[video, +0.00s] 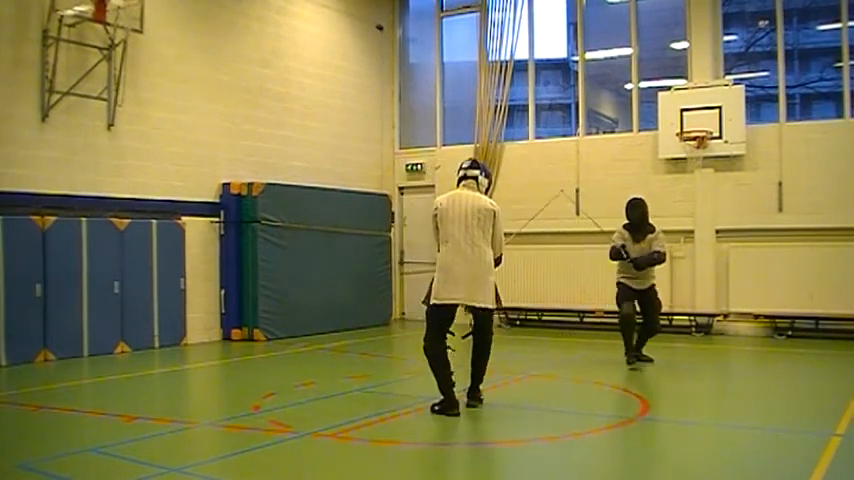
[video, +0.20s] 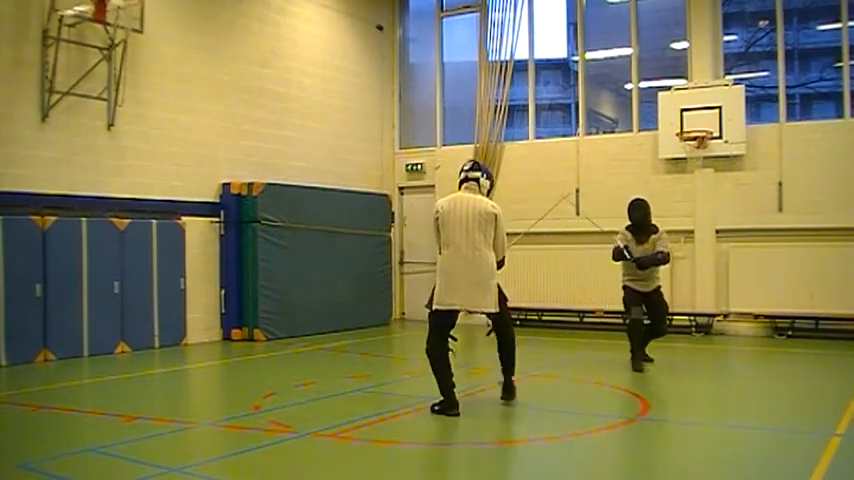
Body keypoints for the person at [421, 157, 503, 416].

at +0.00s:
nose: (487, 186)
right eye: (487, 182)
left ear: (459, 179)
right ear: (483, 182)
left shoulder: (441, 202)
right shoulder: (491, 206)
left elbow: (439, 241)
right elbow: (497, 253)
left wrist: (455, 262)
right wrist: (477, 267)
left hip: (447, 281)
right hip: (481, 283)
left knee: (433, 339)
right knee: (483, 335)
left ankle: (449, 400)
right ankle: (474, 392)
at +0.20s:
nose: (487, 187)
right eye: (487, 182)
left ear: (460, 181)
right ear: (484, 183)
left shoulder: (442, 205)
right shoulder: (492, 208)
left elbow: (441, 247)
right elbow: (500, 256)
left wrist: (457, 268)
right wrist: (478, 271)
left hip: (449, 283)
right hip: (484, 284)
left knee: (435, 343)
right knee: (505, 328)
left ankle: (449, 401)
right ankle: (508, 386)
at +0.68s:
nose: (523, 188)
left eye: (522, 184)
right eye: (523, 184)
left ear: (495, 181)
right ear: (519, 184)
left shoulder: (476, 205)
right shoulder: (525, 209)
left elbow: (469, 241)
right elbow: (534, 257)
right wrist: (510, 264)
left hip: (478, 285)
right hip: (514, 285)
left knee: (458, 341)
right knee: (531, 331)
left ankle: (451, 399)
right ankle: (531, 386)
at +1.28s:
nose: (494, 183)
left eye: (493, 179)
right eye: (493, 178)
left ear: (466, 176)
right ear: (488, 176)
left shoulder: (449, 204)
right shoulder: (488, 195)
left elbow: (470, 247)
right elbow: (501, 236)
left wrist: (512, 260)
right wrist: (527, 233)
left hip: (448, 287)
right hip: (481, 287)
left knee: (455, 344)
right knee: (502, 341)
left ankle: (457, 404)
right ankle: (496, 403)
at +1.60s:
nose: (497, 186)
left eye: (496, 182)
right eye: (497, 182)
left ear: (468, 178)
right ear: (492, 179)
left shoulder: (448, 204)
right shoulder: (493, 198)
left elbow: (450, 250)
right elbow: (501, 243)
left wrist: (494, 274)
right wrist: (514, 260)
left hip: (446, 288)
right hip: (477, 286)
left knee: (459, 346)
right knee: (481, 349)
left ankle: (459, 410)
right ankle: (460, 413)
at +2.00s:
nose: (506, 176)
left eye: (504, 172)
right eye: (506, 172)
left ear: (475, 169)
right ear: (502, 170)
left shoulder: (455, 196)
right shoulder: (507, 195)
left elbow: (447, 243)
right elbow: (517, 243)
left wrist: (469, 260)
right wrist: (511, 265)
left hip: (461, 283)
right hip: (493, 283)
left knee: (482, 343)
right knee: (483, 348)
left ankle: (472, 400)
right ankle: (460, 422)